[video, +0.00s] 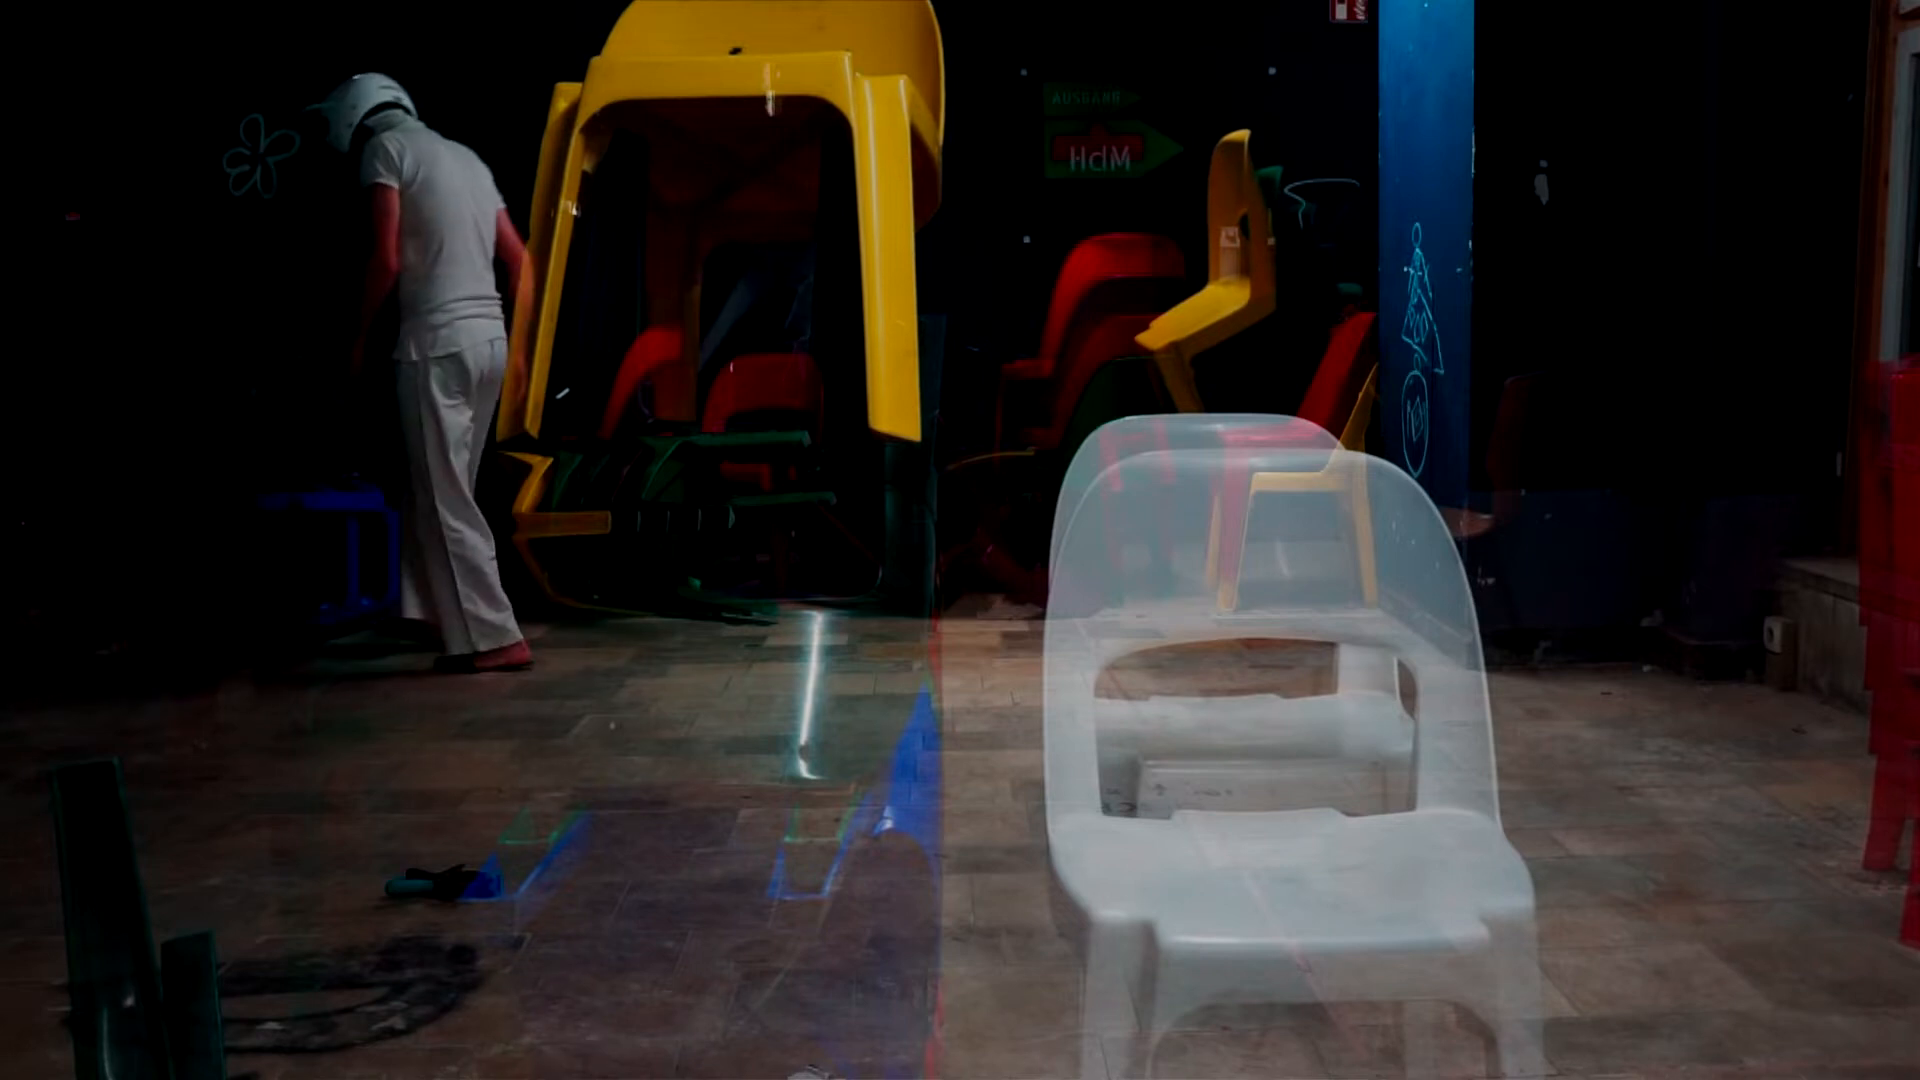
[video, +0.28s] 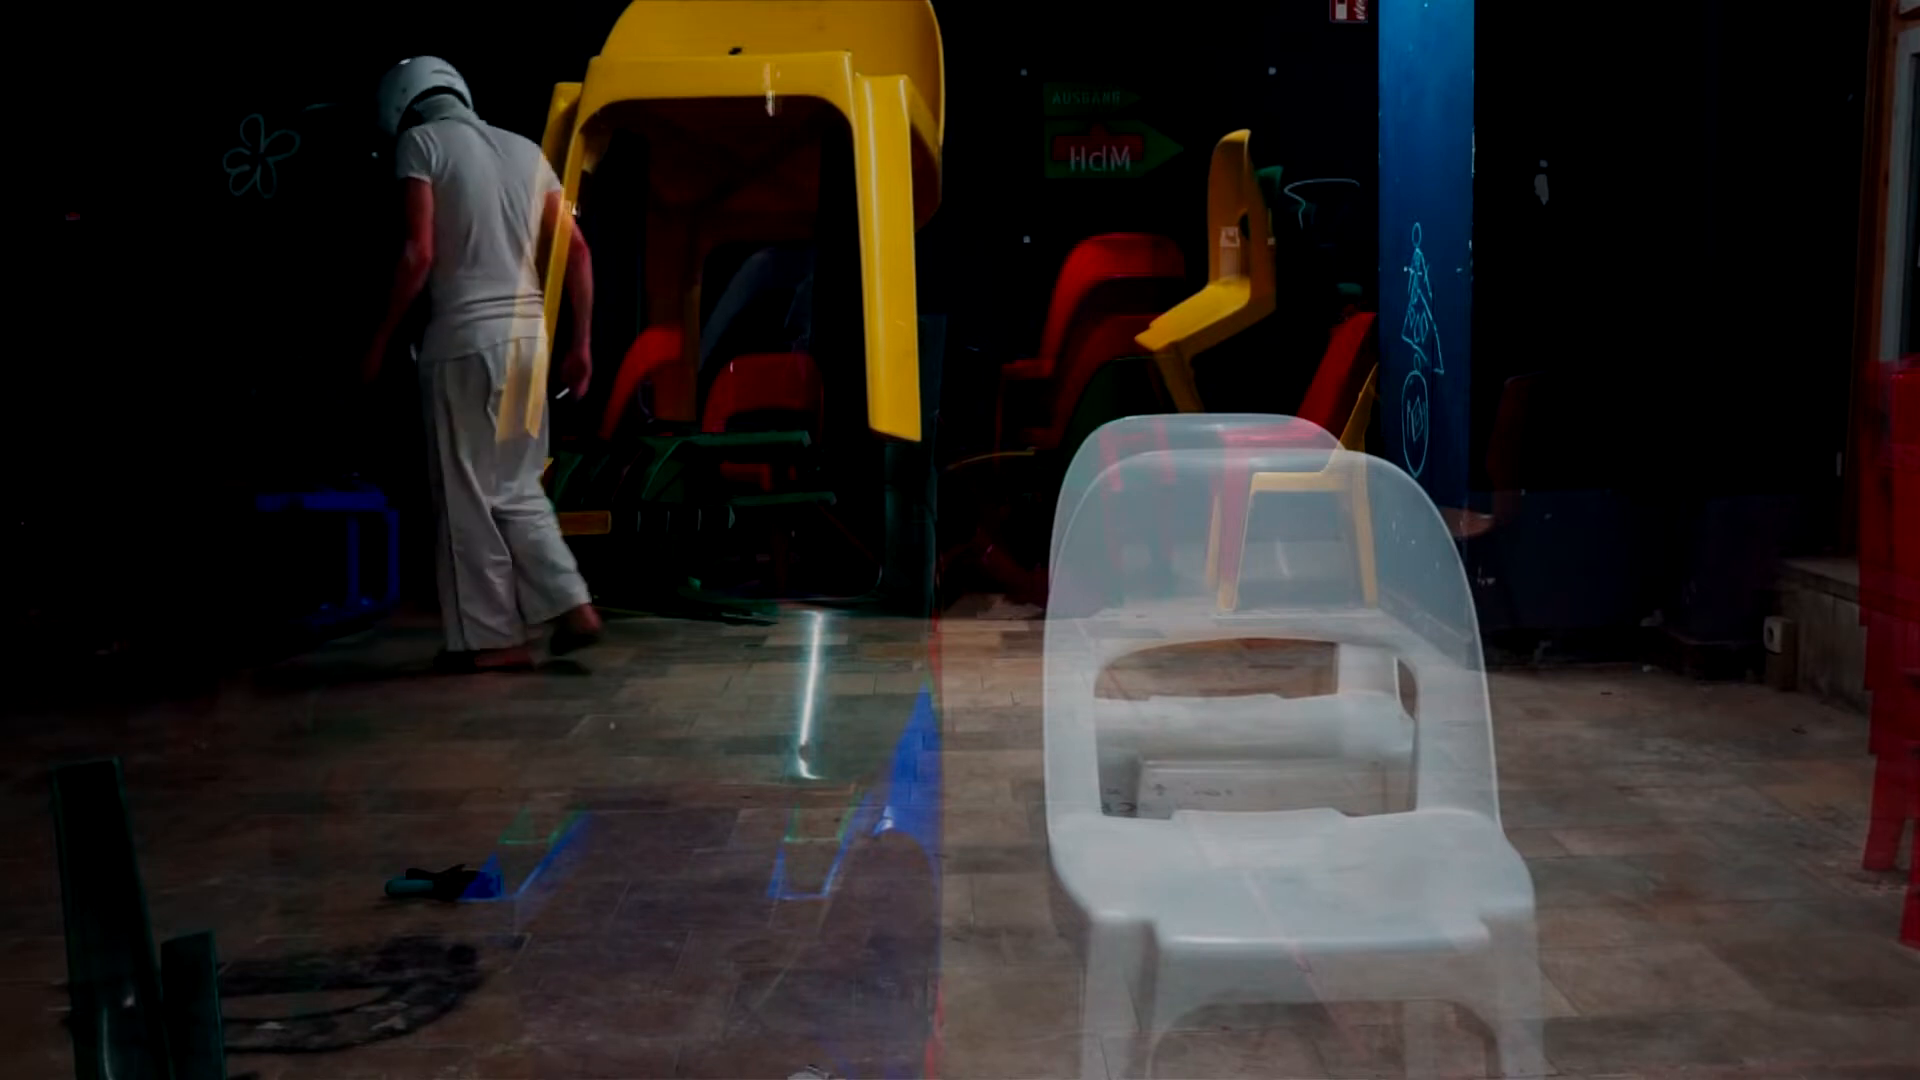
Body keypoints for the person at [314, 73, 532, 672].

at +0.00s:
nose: (353, 142)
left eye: (352, 132)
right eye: (351, 133)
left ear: (364, 120)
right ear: (402, 108)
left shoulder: (386, 145)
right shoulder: (466, 159)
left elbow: (387, 260)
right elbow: (520, 261)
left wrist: (360, 332)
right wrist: (513, 344)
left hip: (439, 343)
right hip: (490, 340)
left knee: (445, 494)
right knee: (450, 486)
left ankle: (495, 637)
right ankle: (447, 625)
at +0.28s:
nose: (400, 124)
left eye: (399, 115)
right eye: (399, 116)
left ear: (409, 105)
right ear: (459, 96)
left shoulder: (420, 140)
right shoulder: (524, 149)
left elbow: (420, 252)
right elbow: (577, 249)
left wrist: (383, 338)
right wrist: (580, 342)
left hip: (464, 340)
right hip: (531, 336)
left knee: (467, 488)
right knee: (519, 483)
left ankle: (492, 637)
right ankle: (573, 606)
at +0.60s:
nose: (464, 101)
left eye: (465, 89)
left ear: (474, 85)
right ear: (536, 85)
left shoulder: (475, 132)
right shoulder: (586, 143)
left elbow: (488, 232)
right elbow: (636, 248)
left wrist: (474, 343)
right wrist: (635, 337)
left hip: (509, 342)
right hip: (583, 337)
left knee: (502, 499)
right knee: (593, 498)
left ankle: (501, 638)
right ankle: (622, 653)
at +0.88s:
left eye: (521, 65)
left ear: (525, 62)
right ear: (594, 62)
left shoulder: (521, 115)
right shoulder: (639, 126)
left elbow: (535, 209)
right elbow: (685, 240)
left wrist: (532, 339)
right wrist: (676, 329)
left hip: (557, 335)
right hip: (630, 333)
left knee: (524, 487)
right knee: (622, 498)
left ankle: (583, 644)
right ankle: (628, 664)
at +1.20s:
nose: (565, 77)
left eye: (564, 64)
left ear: (573, 58)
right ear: (635, 53)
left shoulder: (565, 117)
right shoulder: (689, 122)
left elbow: (545, 239)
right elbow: (741, 238)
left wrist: (512, 337)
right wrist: (745, 336)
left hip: (604, 335)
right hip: (682, 333)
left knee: (637, 511)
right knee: (656, 509)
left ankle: (699, 698)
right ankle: (615, 667)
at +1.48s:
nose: (612, 56)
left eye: (614, 44)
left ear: (623, 41)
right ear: (685, 35)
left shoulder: (612, 86)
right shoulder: (746, 90)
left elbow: (605, 217)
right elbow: (802, 213)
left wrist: (562, 309)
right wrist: (799, 323)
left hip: (657, 319)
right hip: (743, 314)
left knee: (671, 513)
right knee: (724, 500)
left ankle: (698, 710)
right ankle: (769, 659)